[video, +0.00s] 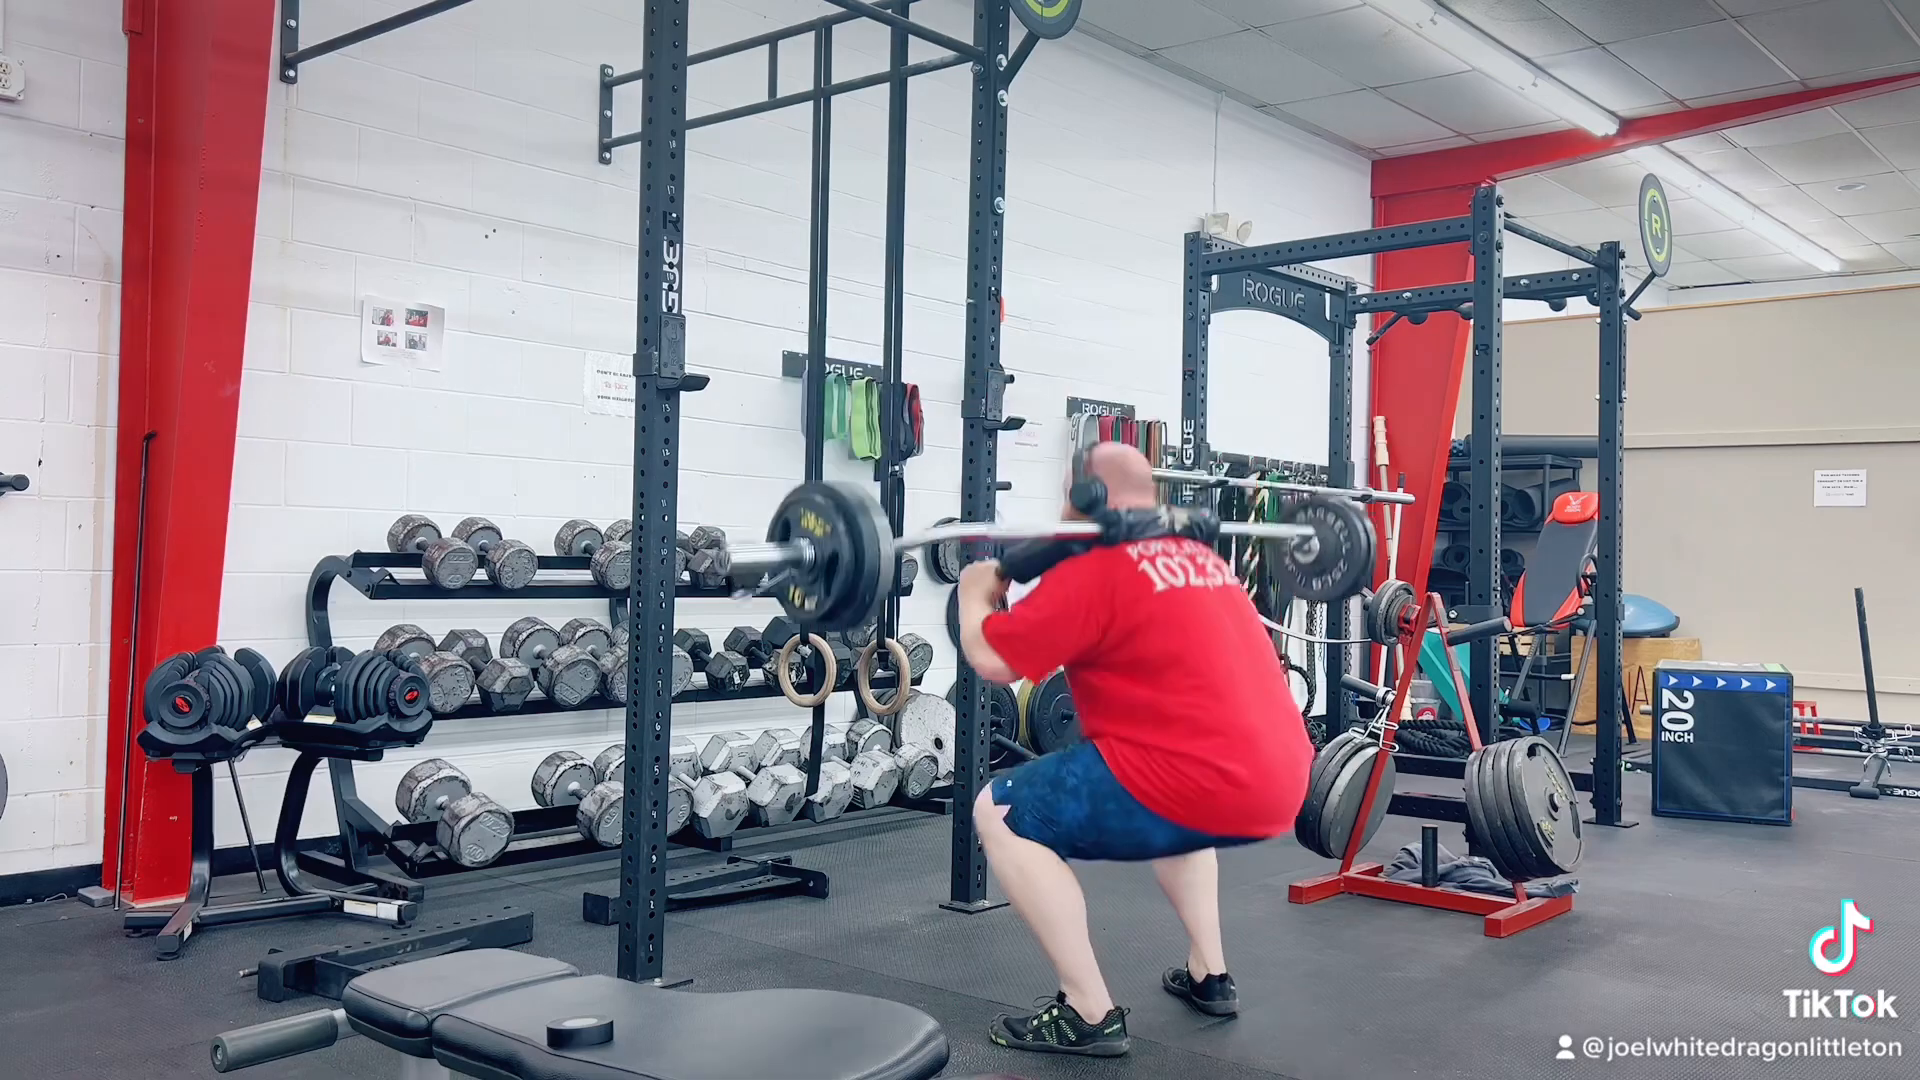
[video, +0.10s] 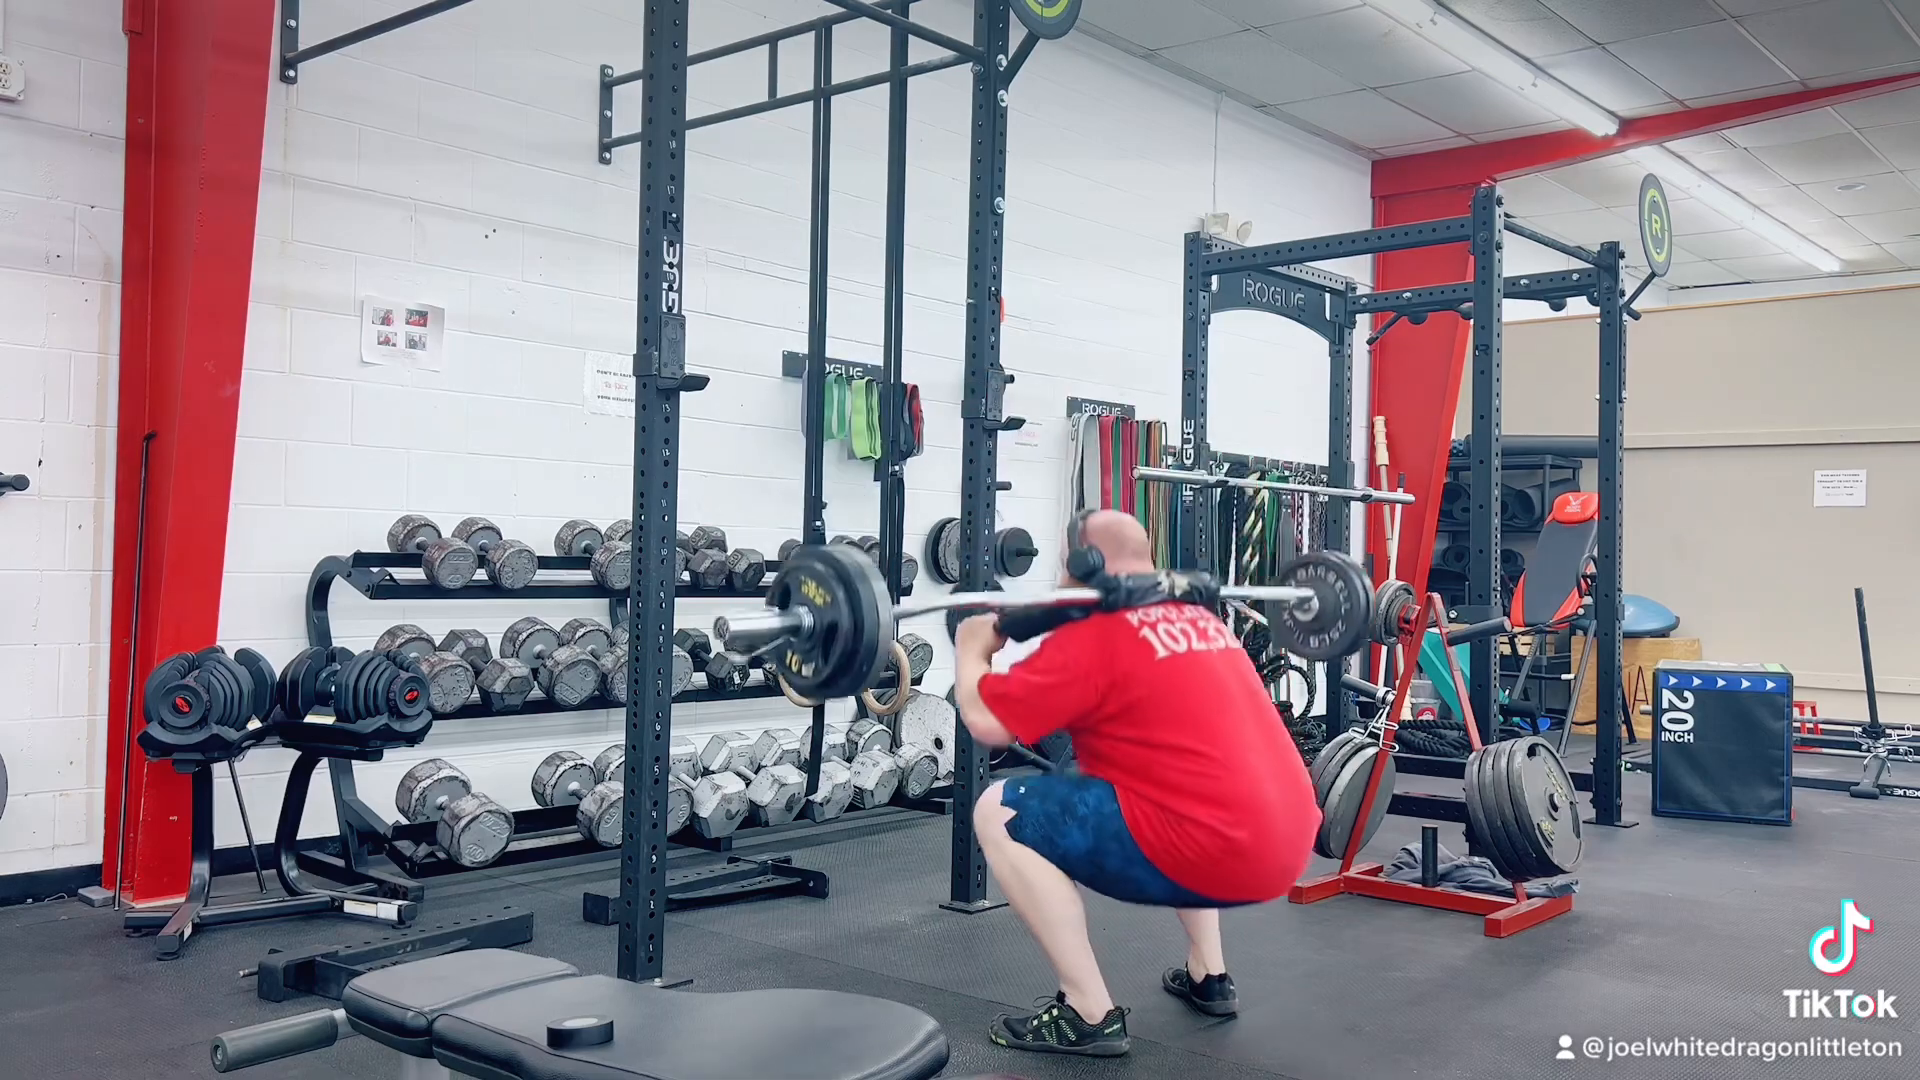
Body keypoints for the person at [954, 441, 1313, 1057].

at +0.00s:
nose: (1067, 509)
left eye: (1069, 499)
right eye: (1073, 499)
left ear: (1080, 504)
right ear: (1153, 500)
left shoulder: (1097, 572)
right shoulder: (1201, 557)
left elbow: (992, 659)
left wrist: (972, 592)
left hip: (1186, 785)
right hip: (1277, 783)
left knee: (999, 810)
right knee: (1158, 797)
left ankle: (1089, 1010)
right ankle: (1210, 973)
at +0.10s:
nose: (1063, 576)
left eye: (1064, 566)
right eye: (1066, 566)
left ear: (1075, 573)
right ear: (1149, 566)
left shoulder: (1095, 638)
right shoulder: (1199, 619)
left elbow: (987, 720)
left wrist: (972, 650)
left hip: (1203, 858)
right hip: (1282, 853)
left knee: (999, 811)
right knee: (1159, 782)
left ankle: (1088, 1010)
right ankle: (1209, 974)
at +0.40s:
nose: (1063, 547)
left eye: (1065, 538)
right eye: (1066, 539)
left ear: (1080, 542)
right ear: (1147, 532)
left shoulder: (1104, 601)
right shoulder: (1207, 584)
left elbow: (1002, 696)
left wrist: (977, 634)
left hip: (1206, 805)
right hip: (1297, 803)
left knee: (1014, 805)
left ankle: (1089, 1008)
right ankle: (1212, 974)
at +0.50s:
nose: (1064, 477)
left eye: (1064, 468)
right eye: (1066, 468)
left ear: (1079, 470)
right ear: (1149, 462)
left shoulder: (1108, 530)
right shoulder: (1212, 517)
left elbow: (1013, 626)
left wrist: (980, 570)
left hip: (1194, 732)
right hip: (1291, 731)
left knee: (1024, 800)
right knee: (1194, 806)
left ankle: (1089, 1008)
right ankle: (1214, 974)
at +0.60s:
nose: (1070, 415)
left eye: (1071, 403)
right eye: (1071, 404)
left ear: (1090, 402)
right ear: (1160, 394)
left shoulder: (1116, 454)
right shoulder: (1224, 456)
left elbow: (1035, 557)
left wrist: (1000, 516)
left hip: (1179, 666)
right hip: (1275, 668)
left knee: (1042, 794)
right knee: (1189, 789)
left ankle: (1091, 1009)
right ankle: (1214, 974)